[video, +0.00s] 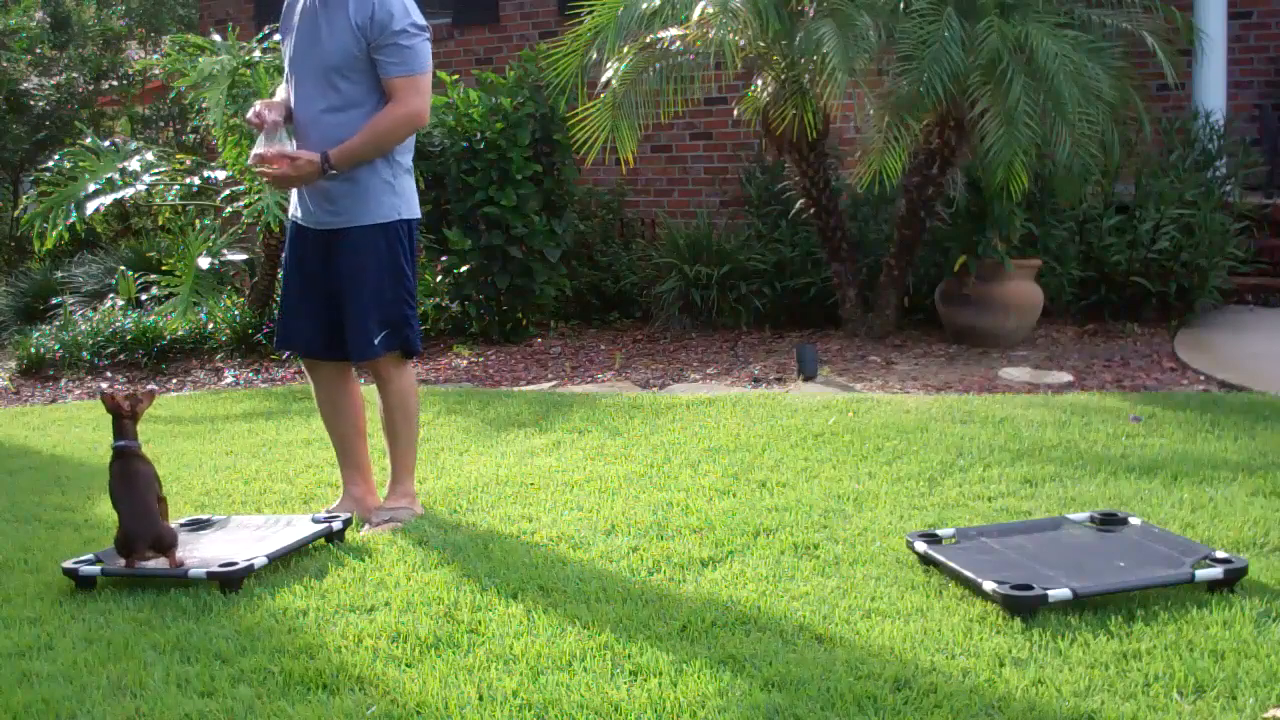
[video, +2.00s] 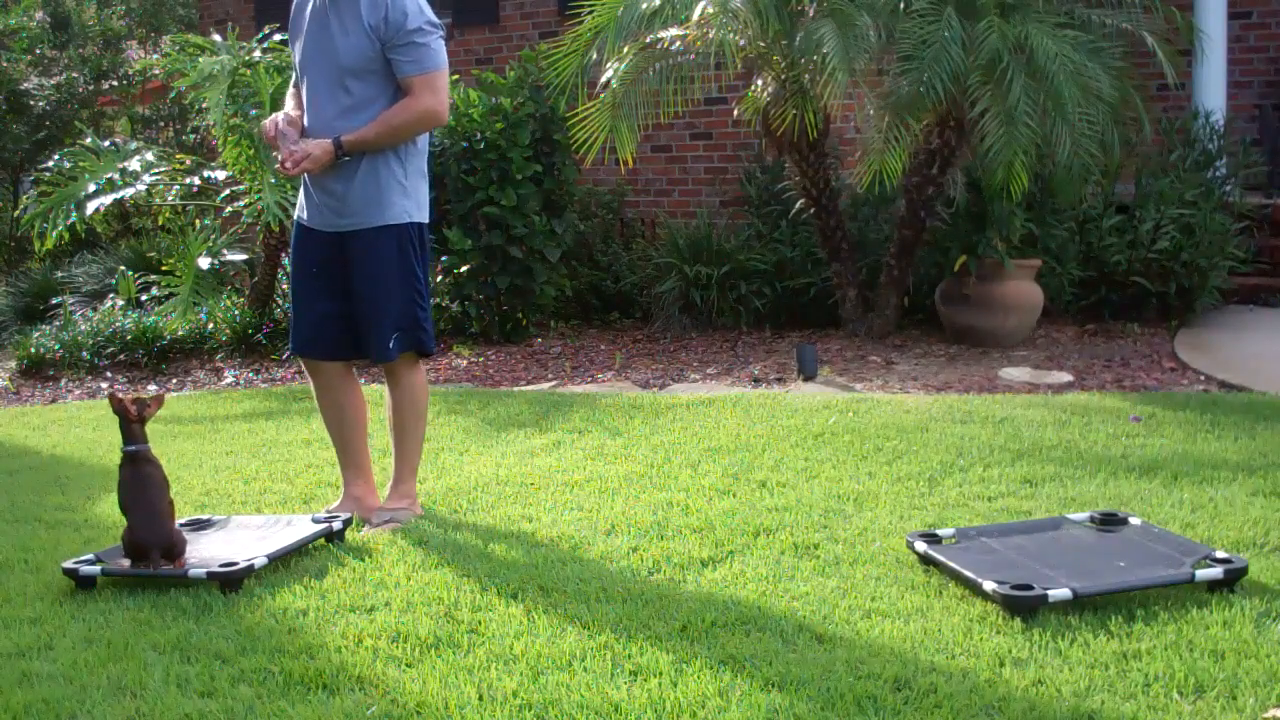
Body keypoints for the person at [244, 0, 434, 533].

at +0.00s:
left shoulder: (386, 7)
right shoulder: (296, 9)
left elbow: (412, 108)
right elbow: (300, 79)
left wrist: (325, 163)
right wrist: (278, 105)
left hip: (375, 208)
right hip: (312, 209)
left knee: (385, 353)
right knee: (320, 352)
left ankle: (402, 494)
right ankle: (358, 493)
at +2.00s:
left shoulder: (398, 6)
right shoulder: (304, 8)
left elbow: (432, 105)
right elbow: (304, 85)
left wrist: (338, 146)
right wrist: (288, 116)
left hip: (387, 205)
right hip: (319, 206)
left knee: (400, 351)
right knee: (320, 351)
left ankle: (404, 495)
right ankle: (358, 492)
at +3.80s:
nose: (460, 125)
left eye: (474, 116)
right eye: (449, 111)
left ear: (495, 90)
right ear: (436, 74)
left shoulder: (488, 79)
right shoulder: (384, 119)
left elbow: (473, 130)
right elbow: (362, 254)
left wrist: (472, 204)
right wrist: (359, 366)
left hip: (421, 220)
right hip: (343, 227)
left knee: (464, 346)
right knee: (329, 378)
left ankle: (485, 506)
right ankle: (290, 509)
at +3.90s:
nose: (498, 125)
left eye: (512, 118)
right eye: (487, 111)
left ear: (534, 92)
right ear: (475, 73)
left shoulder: (520, 81)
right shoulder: (423, 115)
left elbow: (507, 130)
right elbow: (394, 253)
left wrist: (504, 201)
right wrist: (387, 365)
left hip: (451, 216)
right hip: (372, 220)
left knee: (487, 344)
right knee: (356, 370)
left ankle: (487, 504)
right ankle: (300, 496)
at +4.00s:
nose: (532, 121)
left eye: (545, 113)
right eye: (523, 107)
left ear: (564, 85)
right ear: (508, 71)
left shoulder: (550, 72)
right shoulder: (452, 112)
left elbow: (540, 129)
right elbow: (424, 249)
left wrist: (535, 194)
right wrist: (414, 362)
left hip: (479, 206)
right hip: (403, 207)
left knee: (506, 347)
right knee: (412, 363)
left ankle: (489, 503)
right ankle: (320, 466)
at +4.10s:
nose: (558, 112)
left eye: (571, 106)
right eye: (548, 98)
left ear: (594, 80)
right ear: (536, 60)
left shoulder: (577, 66)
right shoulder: (482, 103)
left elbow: (561, 122)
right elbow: (455, 241)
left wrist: (560, 187)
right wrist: (446, 357)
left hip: (502, 201)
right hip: (433, 200)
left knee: (522, 346)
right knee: (487, 346)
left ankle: (490, 503)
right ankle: (370, 427)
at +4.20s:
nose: (582, 98)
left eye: (598, 90)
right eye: (573, 81)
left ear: (618, 66)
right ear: (559, 46)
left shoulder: (600, 51)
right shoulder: (507, 92)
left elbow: (584, 123)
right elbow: (486, 233)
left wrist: (581, 182)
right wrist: (482, 346)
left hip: (524, 194)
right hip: (460, 191)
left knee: (533, 338)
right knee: (554, 315)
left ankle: (491, 498)